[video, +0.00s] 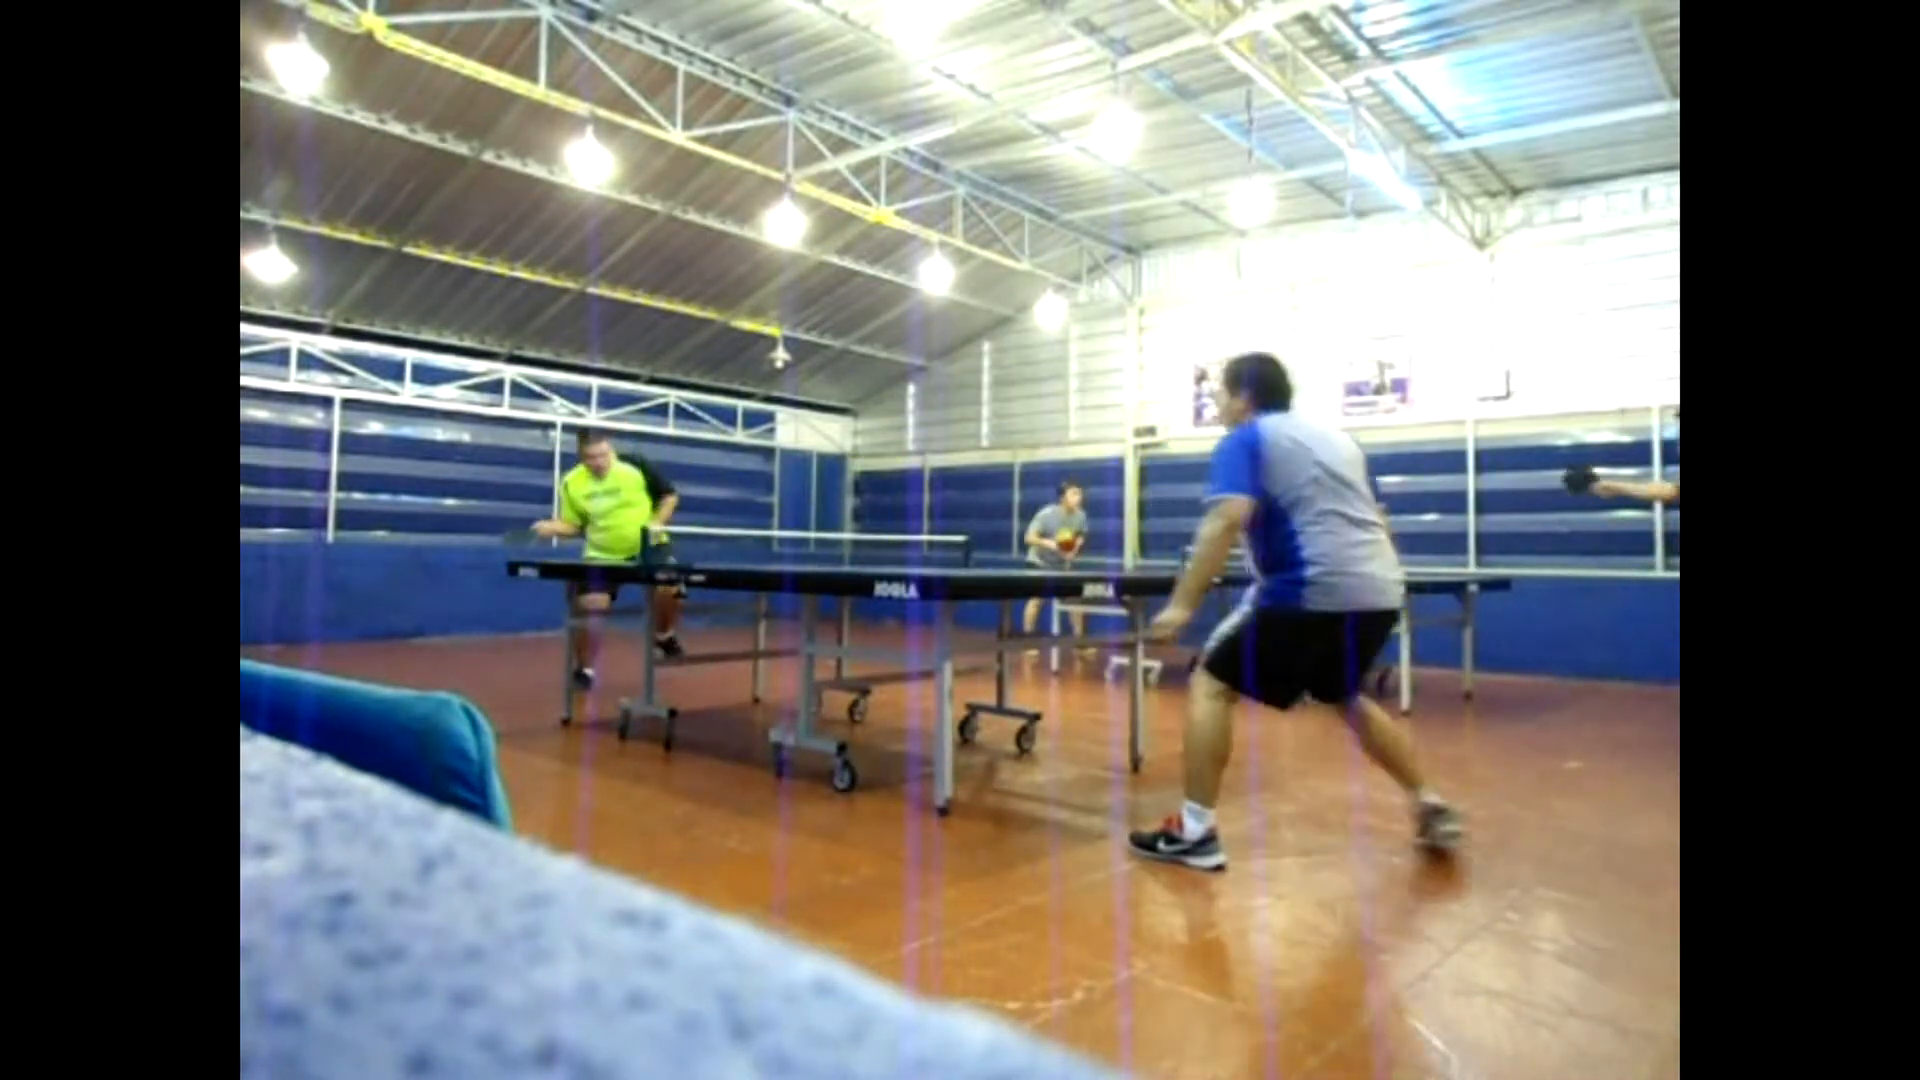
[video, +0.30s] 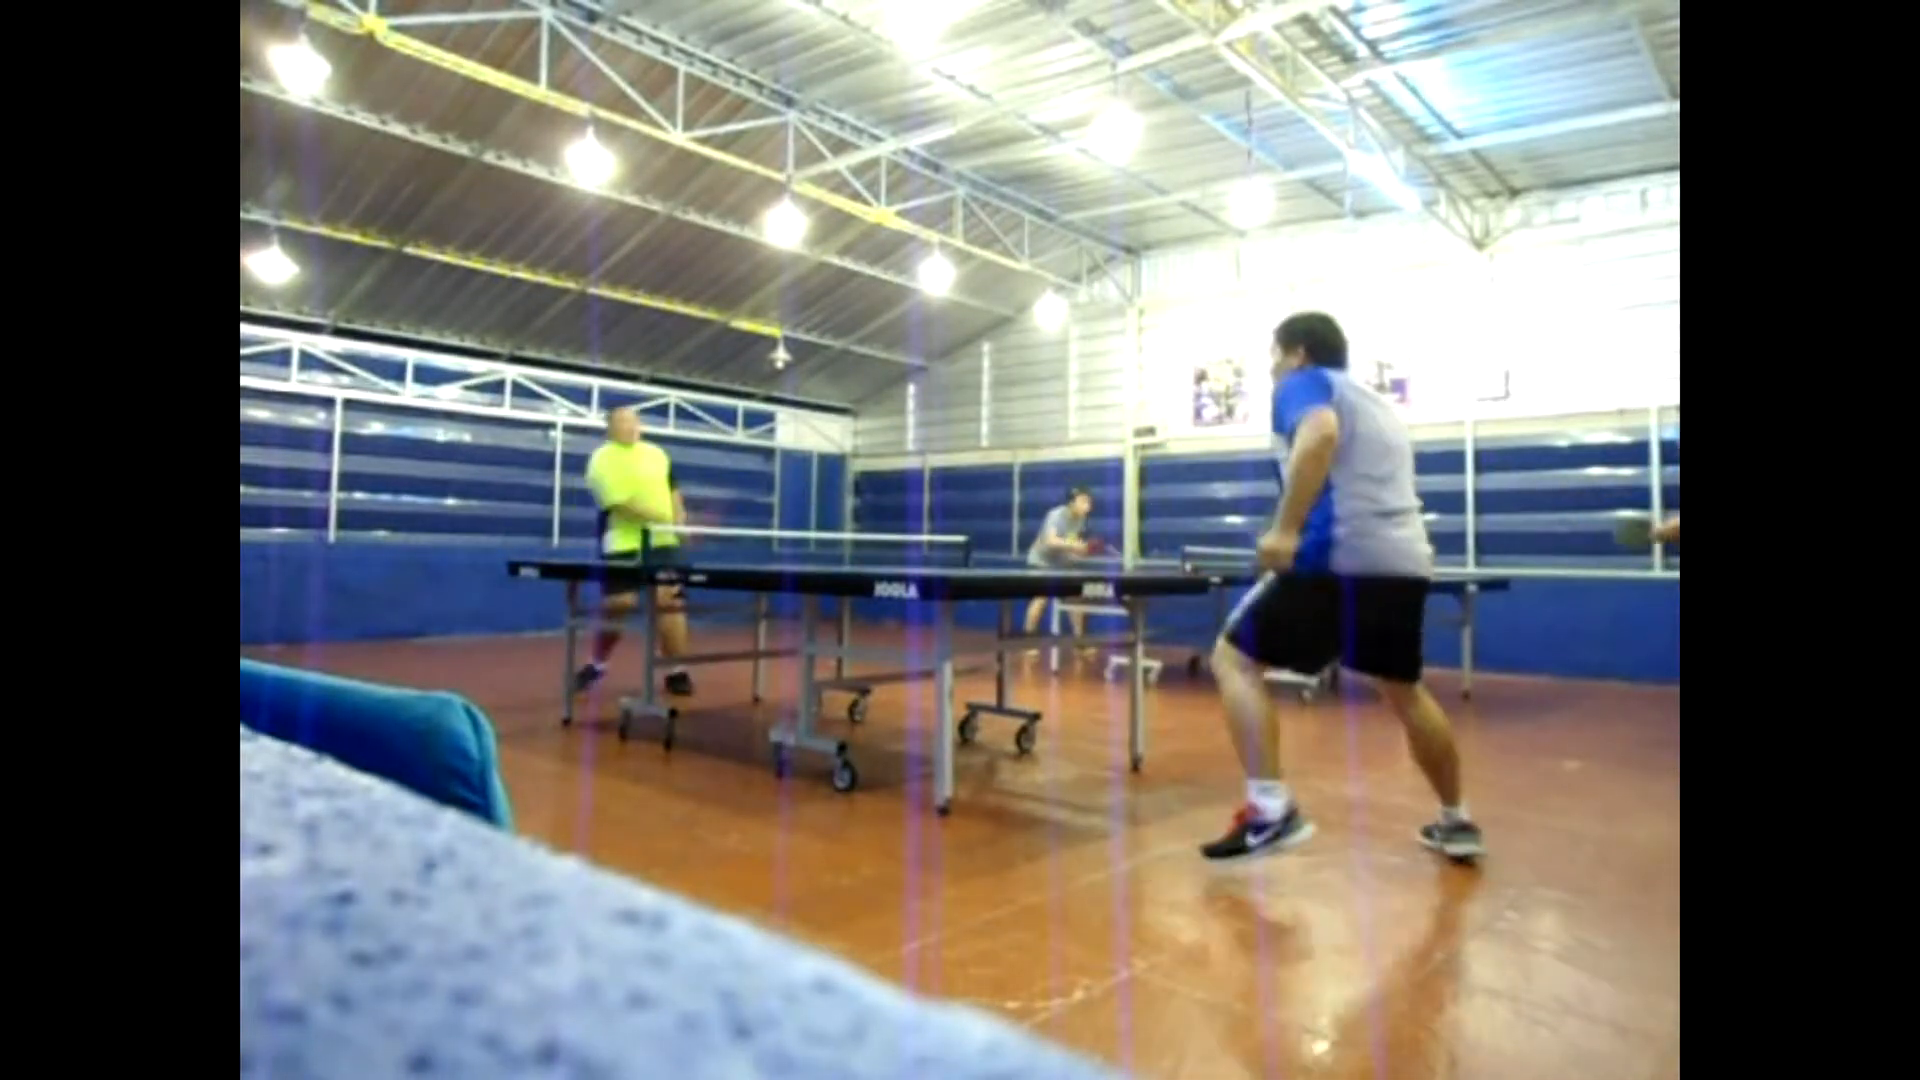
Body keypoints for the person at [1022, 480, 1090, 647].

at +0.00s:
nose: (1077, 498)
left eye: (1078, 494)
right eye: (1073, 494)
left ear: (1081, 497)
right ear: (1063, 496)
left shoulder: (1080, 516)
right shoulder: (1047, 513)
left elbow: (1081, 535)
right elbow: (1029, 537)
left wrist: (1073, 550)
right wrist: (1049, 544)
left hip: (1064, 561)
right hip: (1040, 562)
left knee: (1075, 600)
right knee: (1036, 598)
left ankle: (1079, 638)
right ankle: (1028, 636)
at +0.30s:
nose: (1086, 507)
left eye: (1088, 502)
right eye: (1082, 502)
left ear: (1090, 504)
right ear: (1072, 502)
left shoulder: (1080, 520)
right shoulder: (1056, 515)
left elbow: (1072, 541)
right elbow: (1050, 541)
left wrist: (1084, 549)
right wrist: (1077, 546)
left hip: (1064, 561)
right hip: (1042, 561)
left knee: (1075, 598)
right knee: (1041, 596)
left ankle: (1079, 637)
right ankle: (1029, 636)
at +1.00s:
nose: (1061, 490)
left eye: (1065, 485)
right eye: (1057, 485)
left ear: (1070, 488)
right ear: (1050, 485)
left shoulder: (1068, 508)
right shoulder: (1039, 506)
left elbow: (1070, 529)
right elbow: (1025, 531)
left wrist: (1068, 546)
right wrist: (1045, 535)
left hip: (1059, 561)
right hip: (1036, 561)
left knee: (1068, 600)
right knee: (1031, 599)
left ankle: (1073, 638)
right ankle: (1023, 635)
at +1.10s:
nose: (1060, 488)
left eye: (1064, 483)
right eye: (1058, 482)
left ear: (1068, 486)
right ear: (1050, 482)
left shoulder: (1068, 507)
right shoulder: (1036, 505)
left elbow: (1070, 530)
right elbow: (1024, 531)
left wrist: (1067, 547)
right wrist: (1043, 538)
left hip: (1059, 561)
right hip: (1036, 561)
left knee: (1066, 601)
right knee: (1031, 600)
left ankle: (1068, 639)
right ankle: (1023, 636)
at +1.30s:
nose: (1063, 485)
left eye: (1066, 481)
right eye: (1059, 481)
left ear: (1068, 485)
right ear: (1052, 483)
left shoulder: (1068, 504)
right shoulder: (1037, 503)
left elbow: (1072, 527)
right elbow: (1025, 530)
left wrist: (1071, 546)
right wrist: (1044, 538)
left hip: (1063, 558)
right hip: (1040, 559)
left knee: (1067, 600)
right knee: (1032, 599)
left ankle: (1068, 637)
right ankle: (1023, 635)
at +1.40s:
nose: (1064, 484)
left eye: (1067, 480)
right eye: (1061, 479)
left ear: (1070, 484)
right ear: (1053, 483)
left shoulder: (1071, 504)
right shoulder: (1039, 503)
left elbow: (1074, 528)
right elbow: (1029, 530)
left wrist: (1075, 546)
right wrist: (1048, 537)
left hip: (1065, 559)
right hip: (1043, 559)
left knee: (1068, 601)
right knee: (1033, 599)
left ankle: (1069, 638)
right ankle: (1024, 635)